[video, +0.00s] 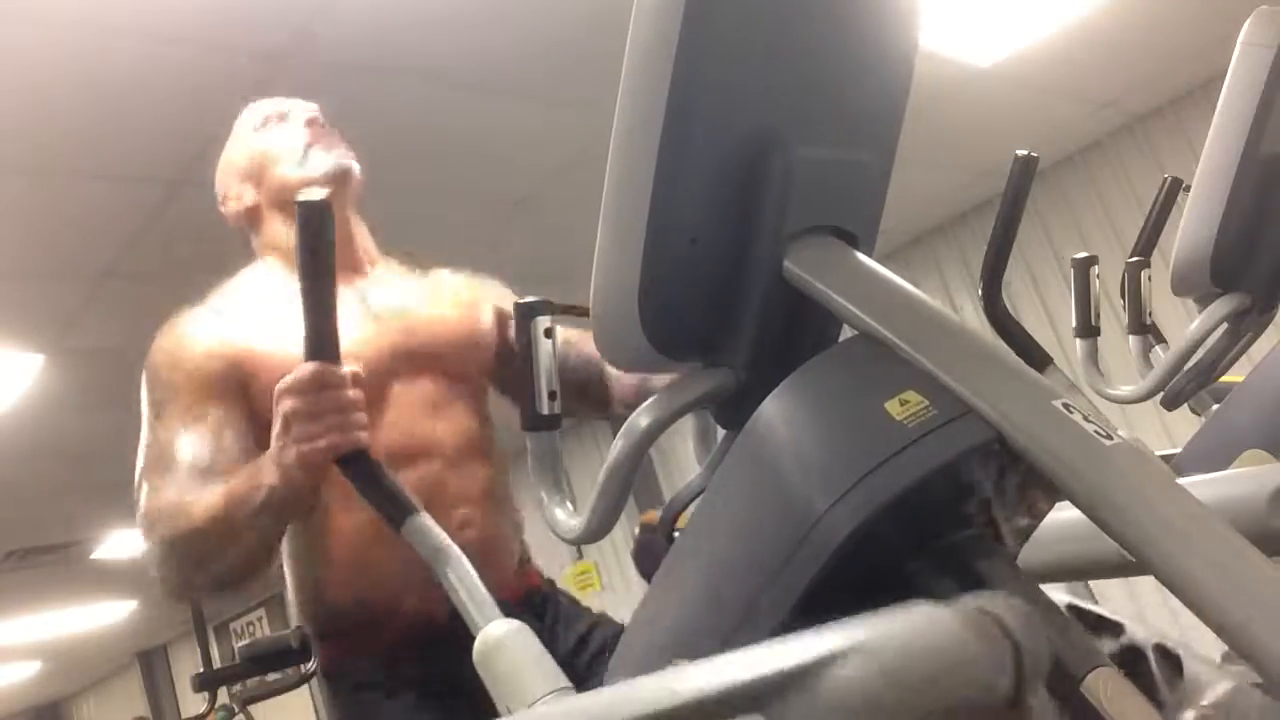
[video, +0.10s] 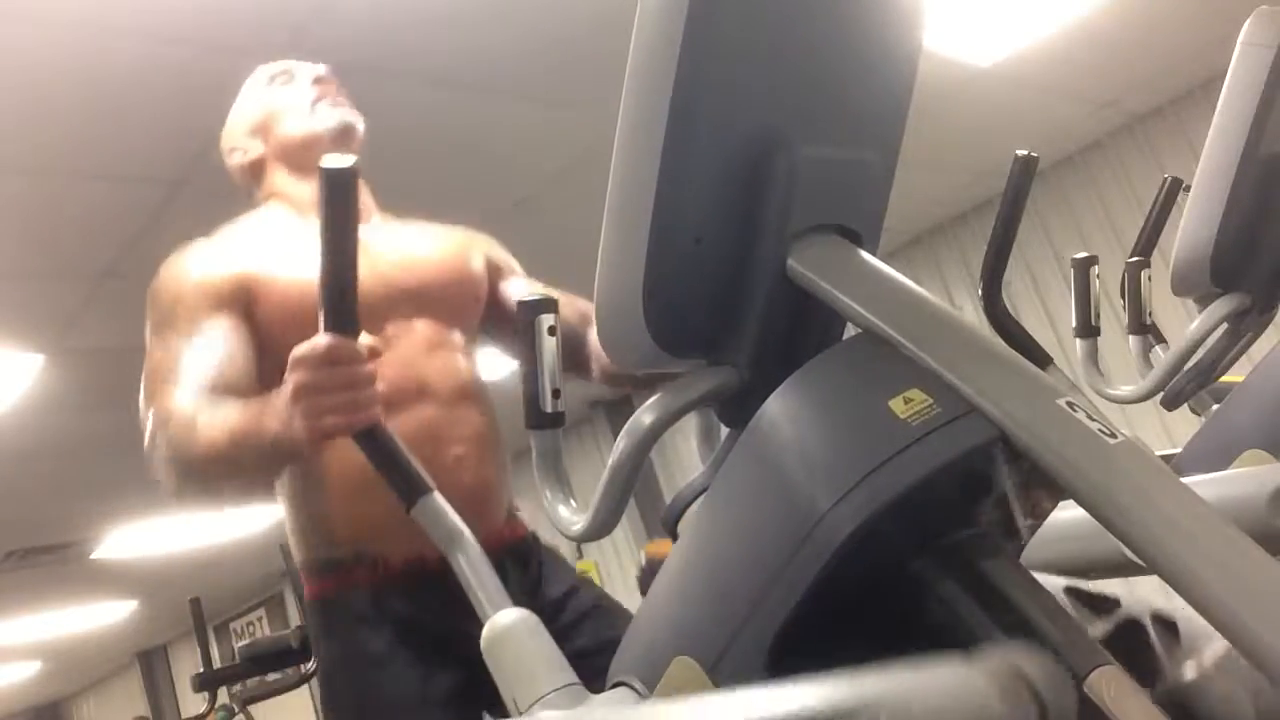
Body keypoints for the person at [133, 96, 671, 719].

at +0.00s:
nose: (316, 117)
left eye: (322, 116)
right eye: (275, 117)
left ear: (353, 164)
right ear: (234, 192)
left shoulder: (457, 298)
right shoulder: (205, 341)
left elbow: (617, 375)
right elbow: (183, 557)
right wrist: (281, 473)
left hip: (537, 624)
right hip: (386, 674)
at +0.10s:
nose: (323, 77)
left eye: (328, 75)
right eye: (284, 77)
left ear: (355, 119)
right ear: (243, 145)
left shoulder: (460, 246)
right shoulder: (210, 268)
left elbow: (591, 338)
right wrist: (284, 417)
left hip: (519, 572)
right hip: (373, 611)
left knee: (677, 696)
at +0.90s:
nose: (343, 135)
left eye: (350, 128)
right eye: (307, 133)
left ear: (382, 175)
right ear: (263, 202)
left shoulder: (463, 320)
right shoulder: (231, 338)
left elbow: (596, 394)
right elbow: (167, 527)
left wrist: (732, 380)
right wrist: (294, 449)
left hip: (523, 636)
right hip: (382, 677)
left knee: (719, 672)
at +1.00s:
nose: (353, 83)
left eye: (364, 82)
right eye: (317, 82)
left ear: (391, 130)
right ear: (274, 154)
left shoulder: (477, 268)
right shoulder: (239, 276)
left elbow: (594, 380)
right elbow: (164, 450)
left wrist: (712, 378)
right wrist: (254, 544)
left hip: (525, 590)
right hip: (380, 622)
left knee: (697, 689)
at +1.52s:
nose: (364, 59)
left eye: (371, 57)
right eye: (323, 60)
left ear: (393, 108)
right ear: (284, 132)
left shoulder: (511, 247)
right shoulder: (249, 274)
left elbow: (599, 382)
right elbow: (185, 464)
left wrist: (715, 391)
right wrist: (239, 610)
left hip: (547, 571)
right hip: (405, 594)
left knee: (646, 709)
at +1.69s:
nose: (346, 102)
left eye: (352, 101)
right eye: (308, 107)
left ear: (383, 145)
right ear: (272, 185)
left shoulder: (487, 288)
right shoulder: (238, 327)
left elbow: (563, 416)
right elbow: (180, 524)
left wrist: (649, 504)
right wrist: (238, 696)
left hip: (551, 607)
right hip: (406, 646)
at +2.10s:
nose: (387, 126)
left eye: (399, 118)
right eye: (357, 124)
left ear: (432, 153)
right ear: (322, 185)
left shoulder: (543, 277)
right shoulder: (278, 309)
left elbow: (636, 437)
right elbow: (193, 472)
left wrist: (673, 589)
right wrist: (236, 586)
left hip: (564, 601)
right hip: (415, 629)